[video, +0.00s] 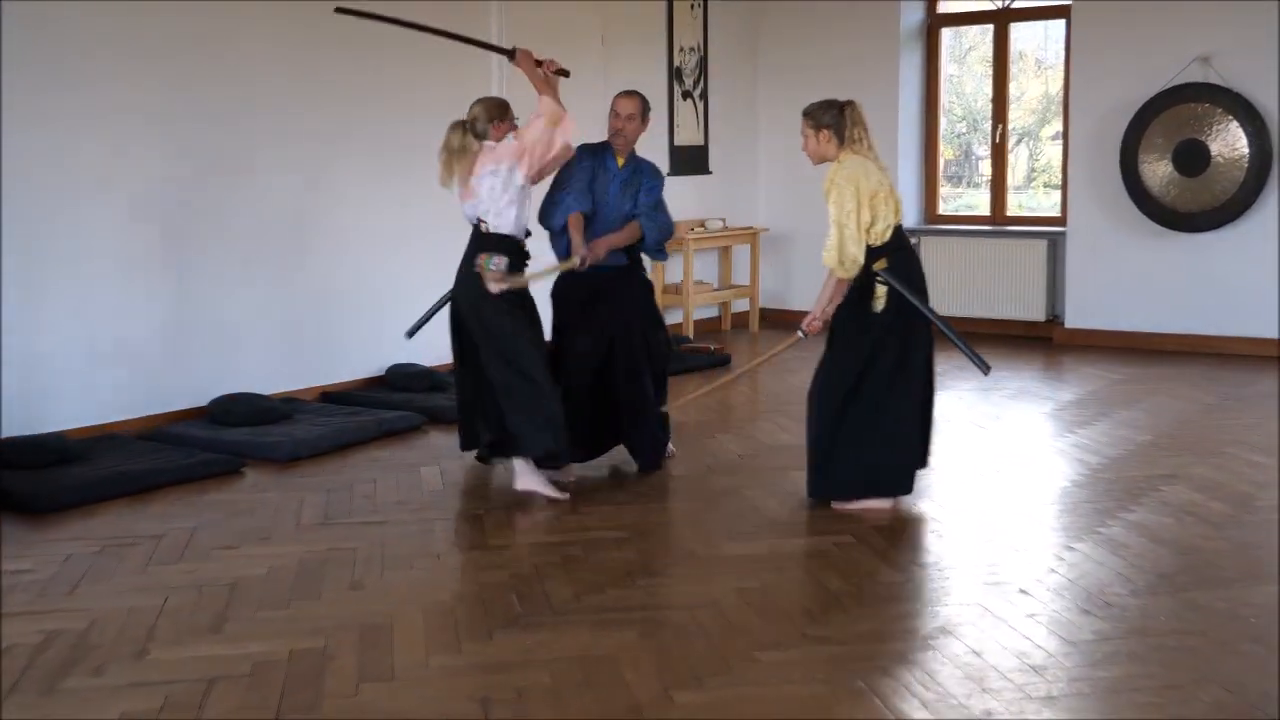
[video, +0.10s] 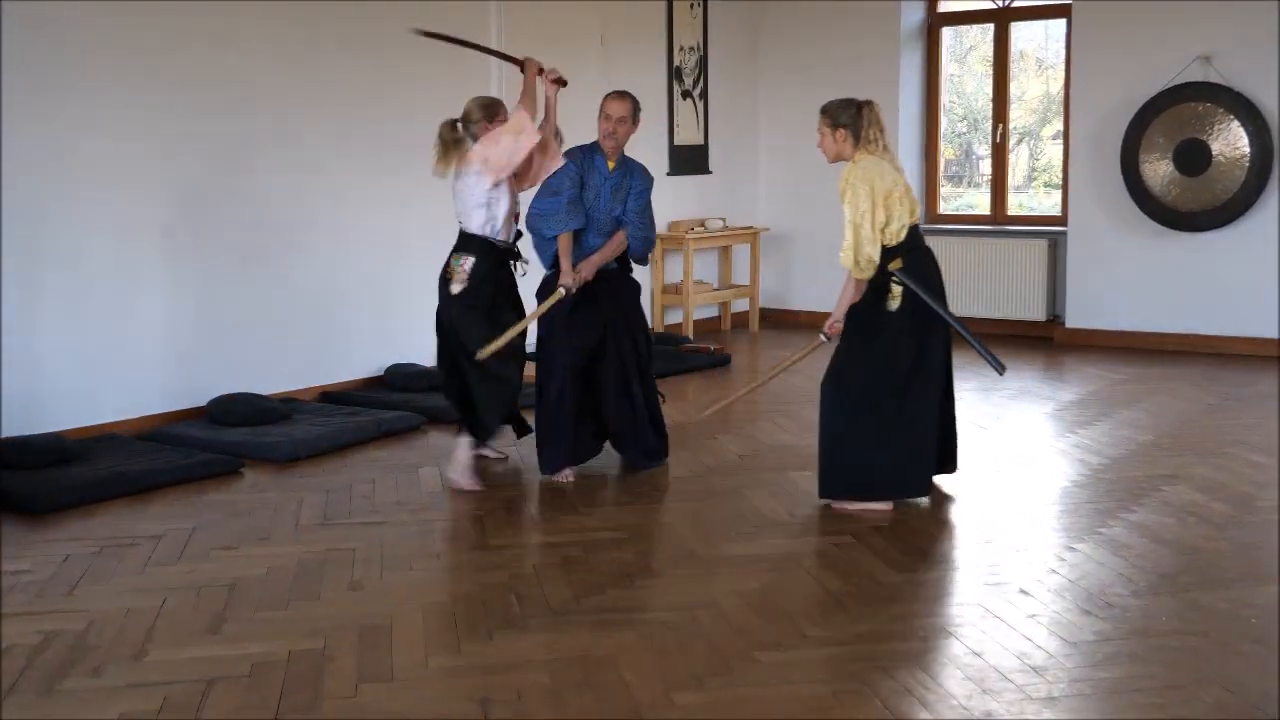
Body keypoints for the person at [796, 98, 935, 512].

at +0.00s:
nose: (803, 146)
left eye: (806, 137)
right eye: (803, 137)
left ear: (826, 136)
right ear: (837, 135)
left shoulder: (844, 175)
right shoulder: (867, 167)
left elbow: (849, 255)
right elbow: (845, 253)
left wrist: (823, 311)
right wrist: (821, 308)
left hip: (877, 291)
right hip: (902, 284)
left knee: (838, 388)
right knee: (885, 383)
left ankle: (869, 490)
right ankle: (884, 485)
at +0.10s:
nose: (818, 143)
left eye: (821, 135)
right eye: (818, 134)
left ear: (843, 135)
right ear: (854, 134)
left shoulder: (859, 175)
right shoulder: (883, 164)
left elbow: (864, 257)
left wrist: (839, 313)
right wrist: (847, 308)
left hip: (892, 288)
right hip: (918, 279)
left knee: (842, 383)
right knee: (894, 379)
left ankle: (869, 492)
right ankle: (901, 478)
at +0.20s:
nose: (837, 139)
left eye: (841, 131)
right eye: (838, 131)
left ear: (862, 132)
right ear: (870, 131)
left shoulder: (879, 171)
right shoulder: (902, 163)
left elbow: (883, 255)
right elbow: (925, 218)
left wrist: (859, 313)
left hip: (911, 284)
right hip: (939, 273)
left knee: (855, 380)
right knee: (916, 376)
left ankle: (875, 492)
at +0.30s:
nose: (858, 136)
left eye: (861, 128)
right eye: (858, 128)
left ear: (884, 129)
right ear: (893, 129)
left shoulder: (901, 170)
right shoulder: (925, 161)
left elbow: (905, 255)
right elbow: (945, 223)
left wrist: (878, 314)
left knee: (873, 377)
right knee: (963, 368)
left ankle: (878, 492)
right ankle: (990, 460)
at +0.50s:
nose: (895, 133)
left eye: (899, 124)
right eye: (896, 124)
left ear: (921, 125)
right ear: (928, 125)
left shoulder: (947, 166)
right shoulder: (945, 160)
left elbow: (952, 242)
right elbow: (937, 240)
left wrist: (930, 298)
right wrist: (916, 295)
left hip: (981, 278)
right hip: (999, 271)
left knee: (928, 374)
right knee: (993, 368)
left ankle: (910, 487)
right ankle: (1001, 465)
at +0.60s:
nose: (913, 133)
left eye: (917, 124)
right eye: (913, 125)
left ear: (938, 125)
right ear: (943, 124)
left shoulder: (961, 167)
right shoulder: (966, 161)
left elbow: (966, 246)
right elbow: (949, 241)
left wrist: (944, 296)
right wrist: (925, 298)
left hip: (996, 280)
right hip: (1011, 273)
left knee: (946, 375)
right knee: (996, 370)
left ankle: (953, 487)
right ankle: (1002, 467)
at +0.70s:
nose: (928, 130)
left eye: (932, 122)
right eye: (928, 122)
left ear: (954, 123)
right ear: (957, 122)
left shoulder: (979, 165)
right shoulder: (972, 163)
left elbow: (980, 241)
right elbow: (959, 236)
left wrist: (957, 291)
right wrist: (932, 292)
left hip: (1011, 277)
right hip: (1005, 273)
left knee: (974, 373)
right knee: (980, 372)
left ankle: (997, 482)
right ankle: (993, 478)